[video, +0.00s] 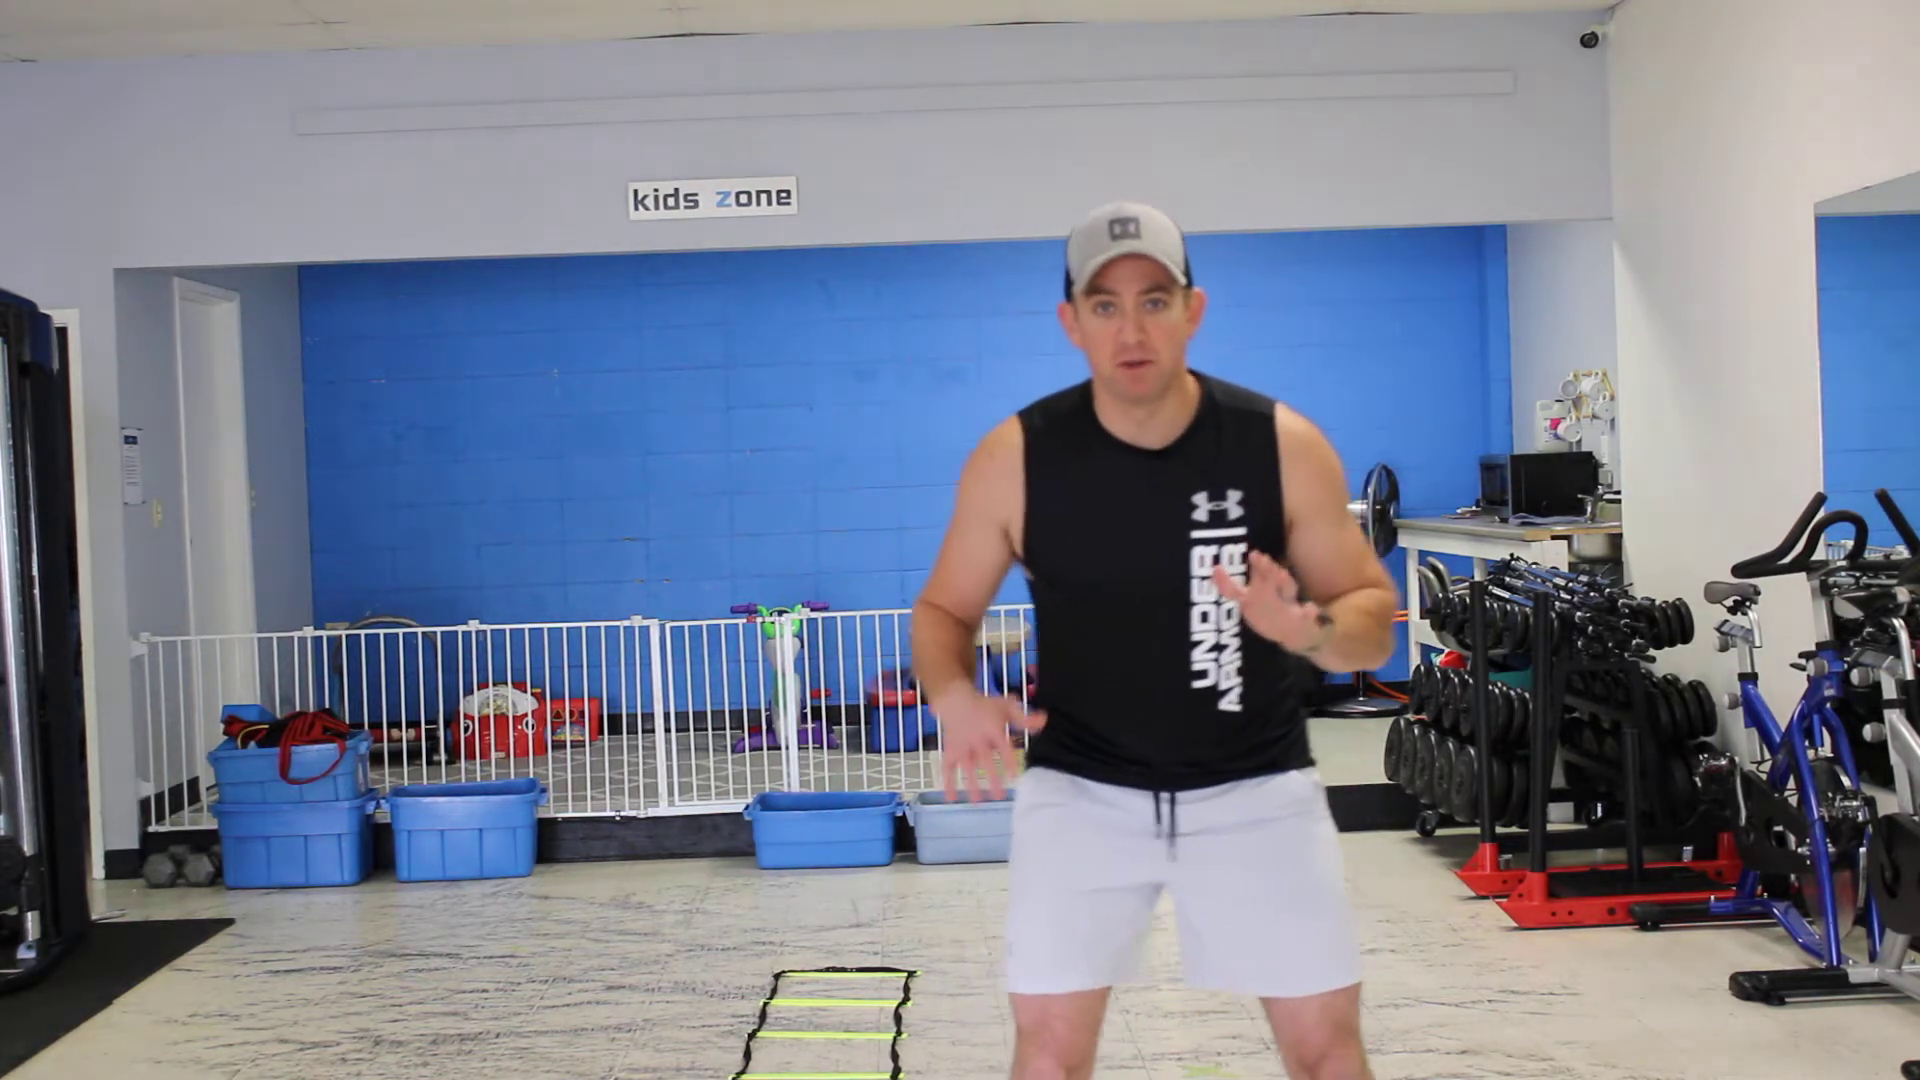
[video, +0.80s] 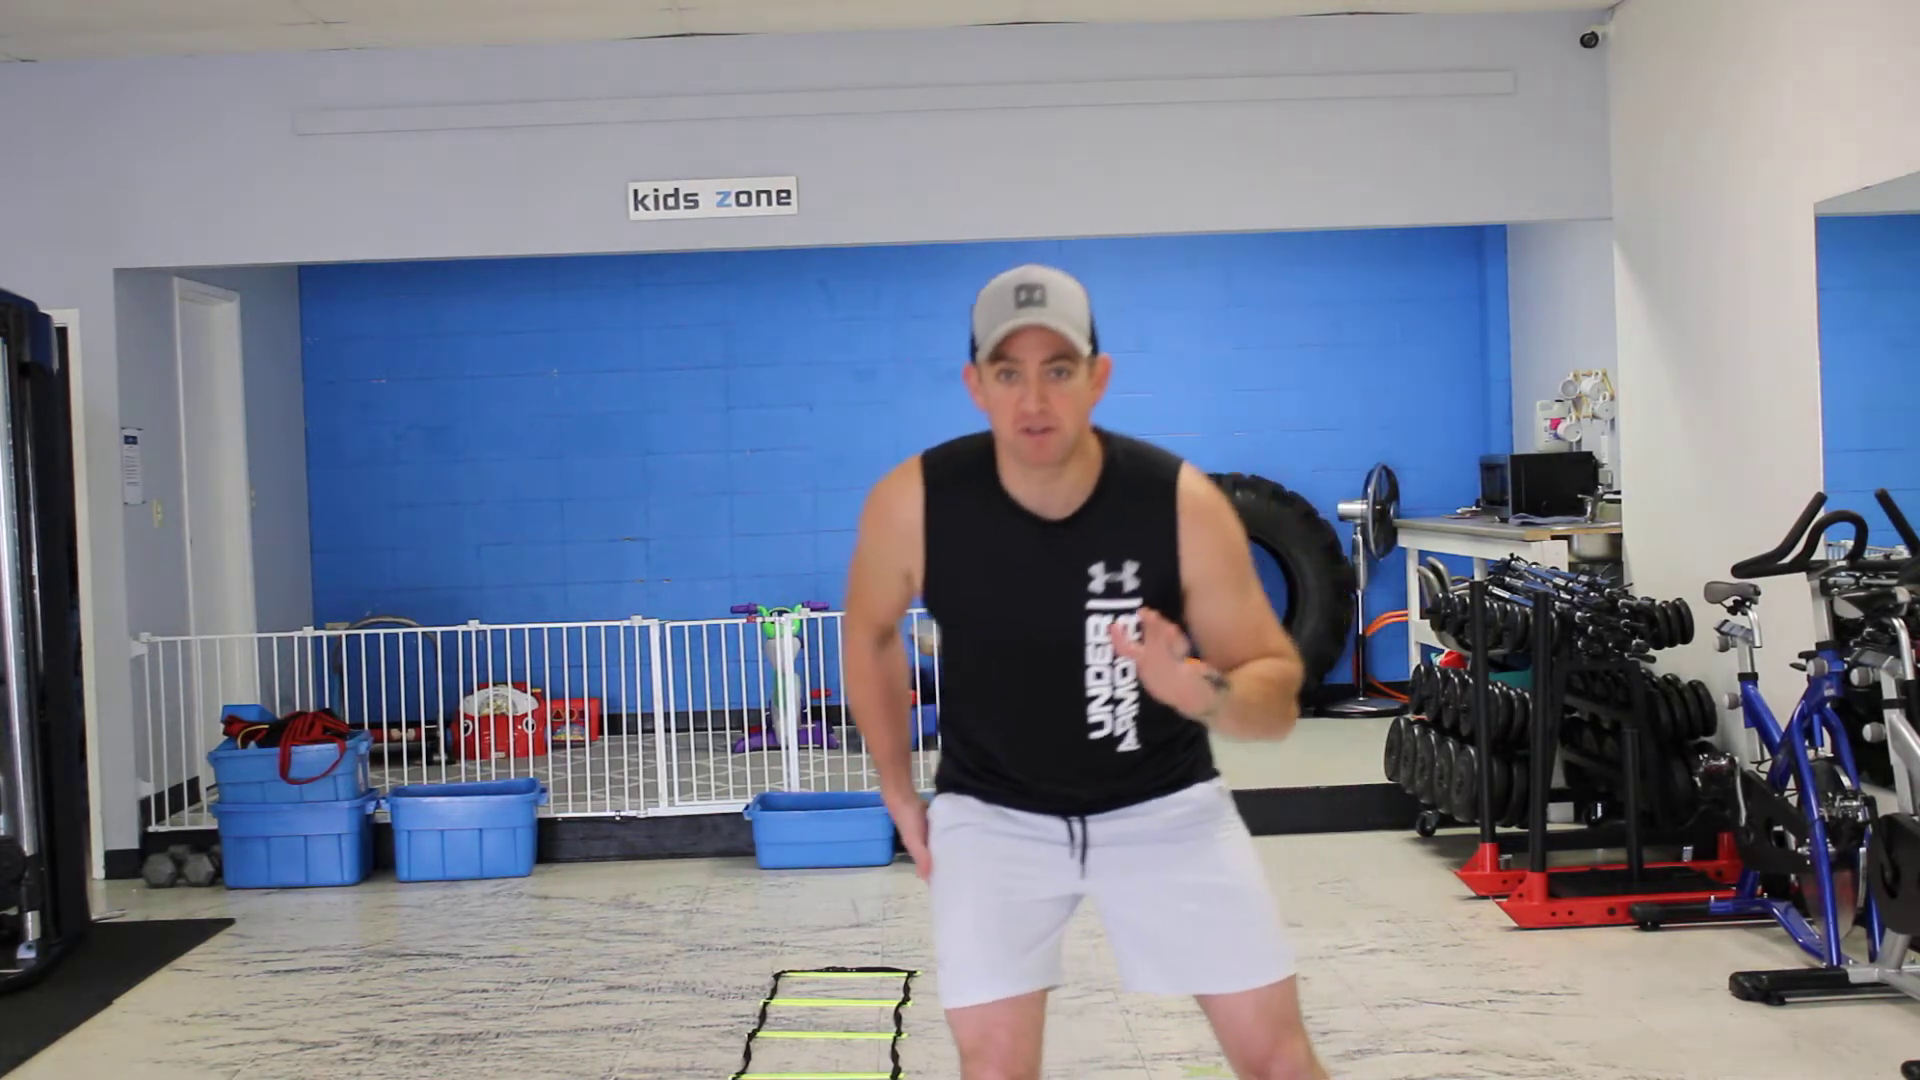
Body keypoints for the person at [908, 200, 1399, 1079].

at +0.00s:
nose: (1131, 332)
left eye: (1153, 303)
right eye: (1105, 307)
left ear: (1194, 310)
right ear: (1072, 324)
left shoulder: (1284, 447)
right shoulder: (1016, 459)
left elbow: (1376, 618)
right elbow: (944, 612)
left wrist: (1313, 632)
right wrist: (955, 694)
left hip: (1259, 799)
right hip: (1078, 804)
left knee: (1327, 1054)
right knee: (1049, 1058)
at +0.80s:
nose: (1035, 399)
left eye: (1059, 371)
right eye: (1009, 372)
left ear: (1097, 379)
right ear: (976, 384)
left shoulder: (1182, 503)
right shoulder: (912, 504)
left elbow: (1276, 693)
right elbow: (870, 636)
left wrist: (1206, 695)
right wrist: (901, 795)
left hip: (1172, 816)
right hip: (993, 822)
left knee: (1277, 1057)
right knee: (995, 1067)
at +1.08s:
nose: (986, 453)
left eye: (1010, 424)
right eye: (960, 425)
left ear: (1050, 428)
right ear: (927, 433)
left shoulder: (1133, 546)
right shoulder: (868, 546)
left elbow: (1215, 766)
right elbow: (833, 655)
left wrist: (1120, 739)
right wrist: (873, 798)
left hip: (1134, 845)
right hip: (962, 848)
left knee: (1224, 1066)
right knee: (984, 1068)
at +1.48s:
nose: (947, 574)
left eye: (973, 542)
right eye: (922, 545)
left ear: (1016, 544)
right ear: (894, 551)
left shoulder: (1104, 650)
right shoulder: (848, 650)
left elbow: (1180, 876)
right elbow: (840, 743)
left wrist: (1055, 853)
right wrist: (878, 880)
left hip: (1108, 923)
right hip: (953, 899)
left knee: (1120, 1066)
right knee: (966, 1066)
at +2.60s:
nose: (1025, 558)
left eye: (1051, 527)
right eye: (999, 529)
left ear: (1095, 531)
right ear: (970, 538)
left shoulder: (1185, 635)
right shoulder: (924, 641)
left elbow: (1274, 841)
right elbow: (873, 744)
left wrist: (1153, 857)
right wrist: (904, 902)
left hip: (1171, 912)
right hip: (1005, 899)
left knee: (1219, 1067)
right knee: (1020, 1066)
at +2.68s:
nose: (1052, 552)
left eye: (1078, 521)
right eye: (1027, 524)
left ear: (1123, 527)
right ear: (997, 533)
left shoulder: (1209, 632)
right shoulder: (948, 633)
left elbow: (1299, 826)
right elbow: (891, 727)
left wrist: (1192, 855)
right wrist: (926, 882)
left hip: (1180, 901)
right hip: (1015, 893)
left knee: (1280, 1065)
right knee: (1032, 1066)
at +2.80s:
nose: (1108, 517)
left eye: (1134, 489)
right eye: (1083, 491)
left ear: (1178, 497)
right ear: (1051, 500)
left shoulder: (1258, 605)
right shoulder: (991, 602)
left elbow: (1345, 787)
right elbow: (922, 688)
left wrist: (1260, 826)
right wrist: (960, 839)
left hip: (1215, 865)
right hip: (1049, 874)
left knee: (1385, 1049)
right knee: (1047, 1066)